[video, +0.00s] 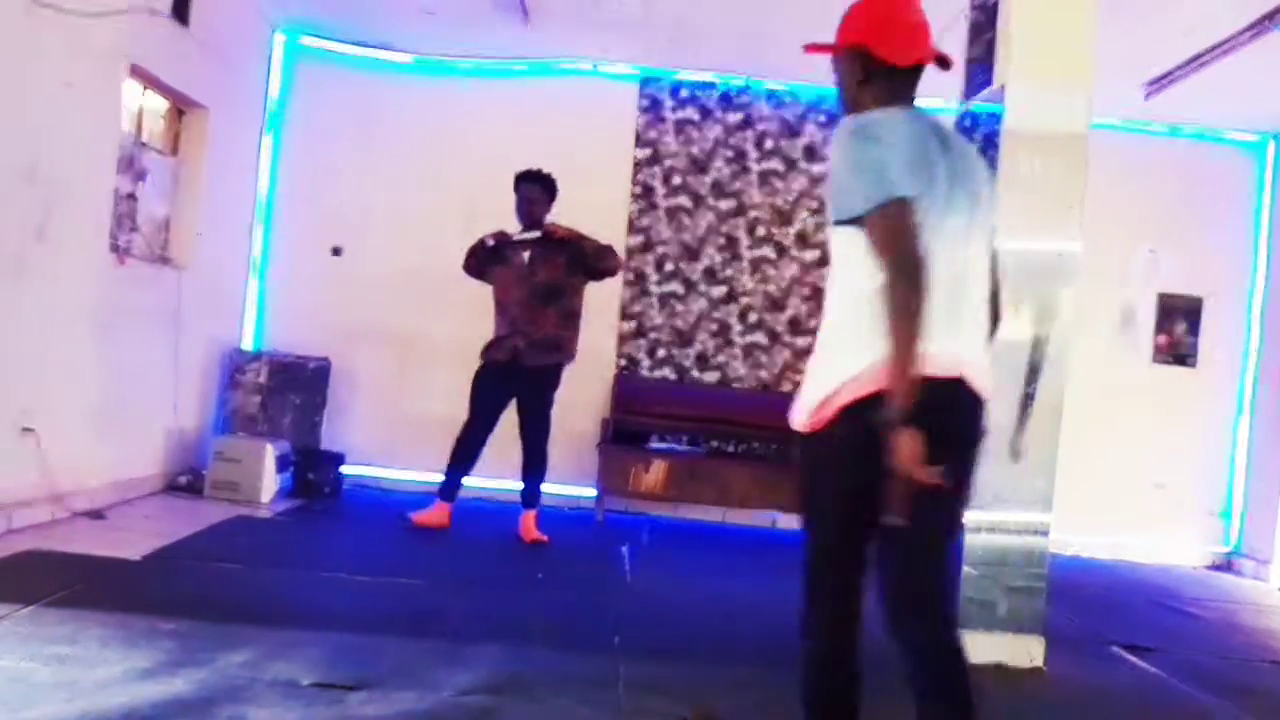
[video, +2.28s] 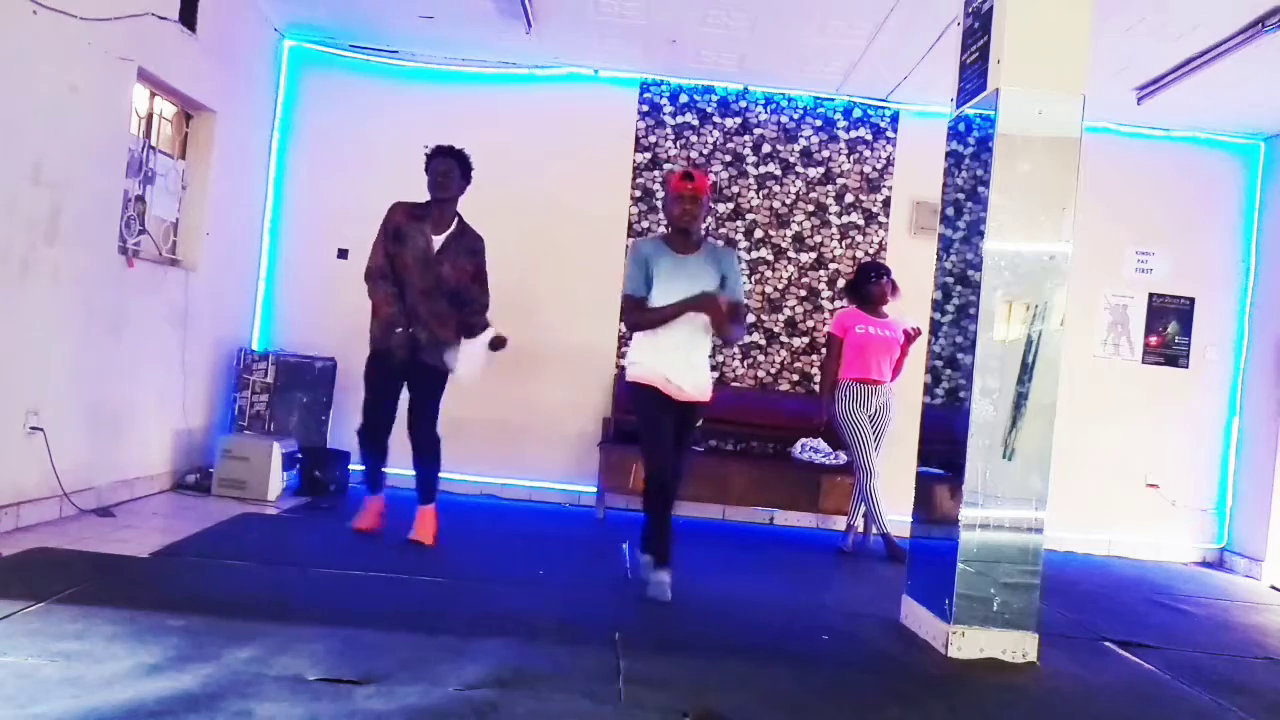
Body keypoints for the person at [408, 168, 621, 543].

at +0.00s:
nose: (526, 208)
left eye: (534, 201)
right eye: (522, 199)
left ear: (549, 204)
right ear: (515, 201)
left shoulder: (570, 251)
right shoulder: (506, 251)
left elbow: (611, 264)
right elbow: (472, 267)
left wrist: (572, 239)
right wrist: (488, 243)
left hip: (545, 358)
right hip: (502, 353)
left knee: (535, 436)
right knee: (476, 425)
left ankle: (529, 515)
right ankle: (444, 504)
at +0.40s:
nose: (500, 214)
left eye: (508, 208)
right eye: (496, 206)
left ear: (522, 211)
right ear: (489, 205)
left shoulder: (540, 255)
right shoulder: (469, 254)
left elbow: (585, 276)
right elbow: (422, 261)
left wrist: (551, 245)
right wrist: (452, 240)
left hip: (516, 364)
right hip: (469, 359)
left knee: (522, 439)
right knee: (446, 433)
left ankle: (528, 512)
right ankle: (440, 512)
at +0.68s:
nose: (482, 213)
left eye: (490, 207)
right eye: (476, 203)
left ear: (501, 209)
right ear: (465, 200)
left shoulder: (509, 255)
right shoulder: (432, 246)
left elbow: (543, 287)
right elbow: (382, 243)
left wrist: (528, 251)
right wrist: (428, 229)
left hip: (485, 362)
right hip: (435, 358)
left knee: (496, 434)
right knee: (431, 435)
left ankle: (497, 511)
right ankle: (434, 513)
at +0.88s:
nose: (472, 204)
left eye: (480, 198)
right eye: (466, 195)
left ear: (488, 202)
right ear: (453, 193)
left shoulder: (489, 252)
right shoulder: (416, 236)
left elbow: (522, 284)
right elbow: (365, 232)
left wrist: (515, 252)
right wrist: (414, 222)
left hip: (465, 357)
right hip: (419, 353)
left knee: (461, 436)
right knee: (423, 433)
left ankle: (448, 515)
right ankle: (430, 512)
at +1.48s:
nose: (441, 187)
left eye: (449, 181)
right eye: (435, 180)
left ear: (465, 185)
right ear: (428, 182)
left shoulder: (482, 233)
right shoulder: (411, 226)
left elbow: (509, 288)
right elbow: (372, 272)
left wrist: (489, 272)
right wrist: (389, 258)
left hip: (449, 353)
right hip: (403, 347)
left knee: (433, 433)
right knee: (383, 423)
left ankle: (424, 517)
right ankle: (393, 508)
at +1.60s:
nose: (438, 178)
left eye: (447, 172)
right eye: (433, 170)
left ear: (462, 180)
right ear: (425, 175)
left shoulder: (477, 231)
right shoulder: (408, 225)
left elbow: (494, 288)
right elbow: (390, 277)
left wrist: (470, 280)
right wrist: (387, 318)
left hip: (444, 353)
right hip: (400, 348)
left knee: (431, 435)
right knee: (387, 431)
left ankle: (423, 516)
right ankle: (388, 513)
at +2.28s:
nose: (439, 180)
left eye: (448, 174)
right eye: (434, 173)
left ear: (465, 183)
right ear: (426, 178)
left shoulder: (471, 242)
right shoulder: (400, 215)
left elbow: (477, 311)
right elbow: (377, 272)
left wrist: (453, 334)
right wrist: (392, 321)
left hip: (434, 351)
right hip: (389, 343)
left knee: (422, 428)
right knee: (374, 423)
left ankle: (427, 510)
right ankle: (374, 498)